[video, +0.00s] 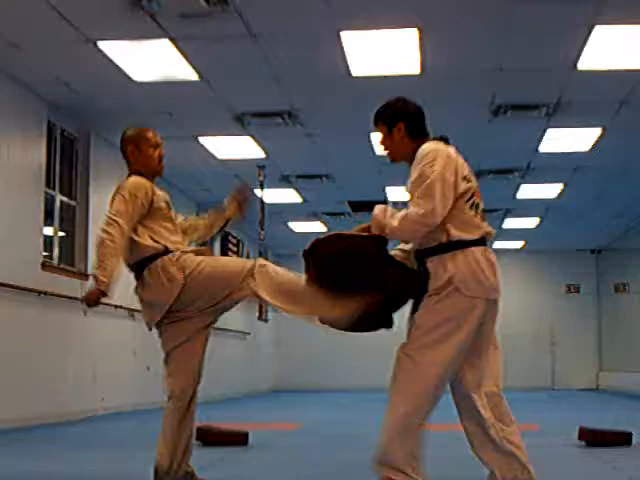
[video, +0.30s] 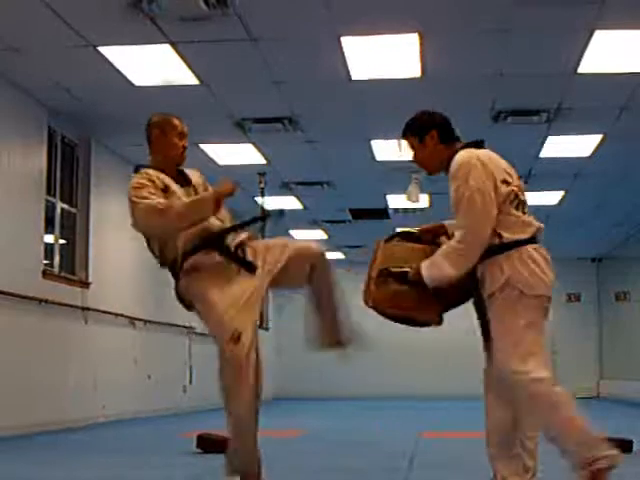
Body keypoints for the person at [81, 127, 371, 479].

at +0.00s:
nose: (161, 153)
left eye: (161, 146)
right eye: (153, 147)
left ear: (152, 152)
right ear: (132, 154)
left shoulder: (155, 197)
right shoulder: (134, 186)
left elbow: (188, 231)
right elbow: (113, 229)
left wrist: (228, 211)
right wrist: (102, 282)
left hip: (170, 302)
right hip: (173, 273)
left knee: (181, 393)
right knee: (256, 273)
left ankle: (172, 473)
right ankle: (339, 307)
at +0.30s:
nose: (184, 143)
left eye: (185, 138)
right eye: (177, 137)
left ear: (183, 143)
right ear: (154, 141)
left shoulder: (194, 178)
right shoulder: (143, 184)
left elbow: (216, 221)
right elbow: (158, 220)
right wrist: (213, 199)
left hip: (240, 250)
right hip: (204, 268)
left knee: (312, 256)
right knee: (238, 350)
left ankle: (330, 334)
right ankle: (245, 465)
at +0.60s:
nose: (237, 152)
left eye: (237, 146)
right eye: (230, 145)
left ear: (228, 151)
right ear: (206, 148)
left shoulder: (241, 200)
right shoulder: (184, 194)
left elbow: (247, 254)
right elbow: (165, 247)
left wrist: (278, 287)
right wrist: (209, 269)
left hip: (256, 301)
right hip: (216, 305)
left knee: (291, 376)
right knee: (235, 384)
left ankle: (274, 467)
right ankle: (245, 465)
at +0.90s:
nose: (221, 138)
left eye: (221, 132)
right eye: (214, 131)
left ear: (216, 140)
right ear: (188, 136)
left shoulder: (222, 190)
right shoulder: (171, 178)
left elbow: (218, 244)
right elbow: (144, 229)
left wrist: (238, 243)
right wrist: (196, 251)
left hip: (224, 293)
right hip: (187, 290)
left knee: (241, 379)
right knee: (179, 372)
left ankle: (252, 469)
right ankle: (118, 457)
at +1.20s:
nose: (162, 155)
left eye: (161, 149)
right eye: (156, 147)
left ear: (138, 151)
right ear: (133, 149)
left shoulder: (135, 198)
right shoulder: (116, 190)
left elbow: (121, 254)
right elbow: (108, 243)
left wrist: (160, 263)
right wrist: (162, 250)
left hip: (140, 300)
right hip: (119, 299)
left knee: (161, 394)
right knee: (104, 397)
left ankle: (204, 465)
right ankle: (75, 473)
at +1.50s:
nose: (91, 148)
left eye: (91, 142)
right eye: (86, 141)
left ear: (62, 145)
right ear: (63, 142)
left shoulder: (42, 185)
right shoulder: (59, 181)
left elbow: (52, 245)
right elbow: (80, 233)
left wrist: (97, 246)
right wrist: (133, 245)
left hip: (34, 292)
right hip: (52, 293)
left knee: (36, 386)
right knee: (61, 383)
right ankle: (67, 468)